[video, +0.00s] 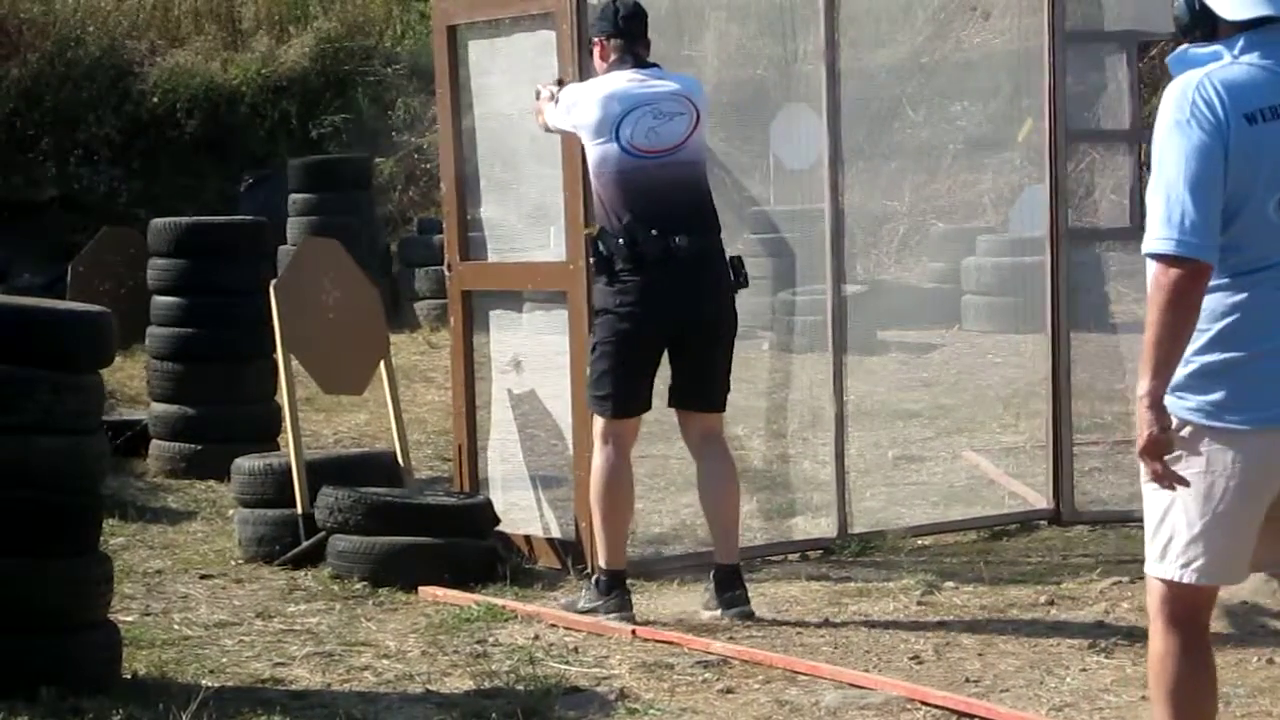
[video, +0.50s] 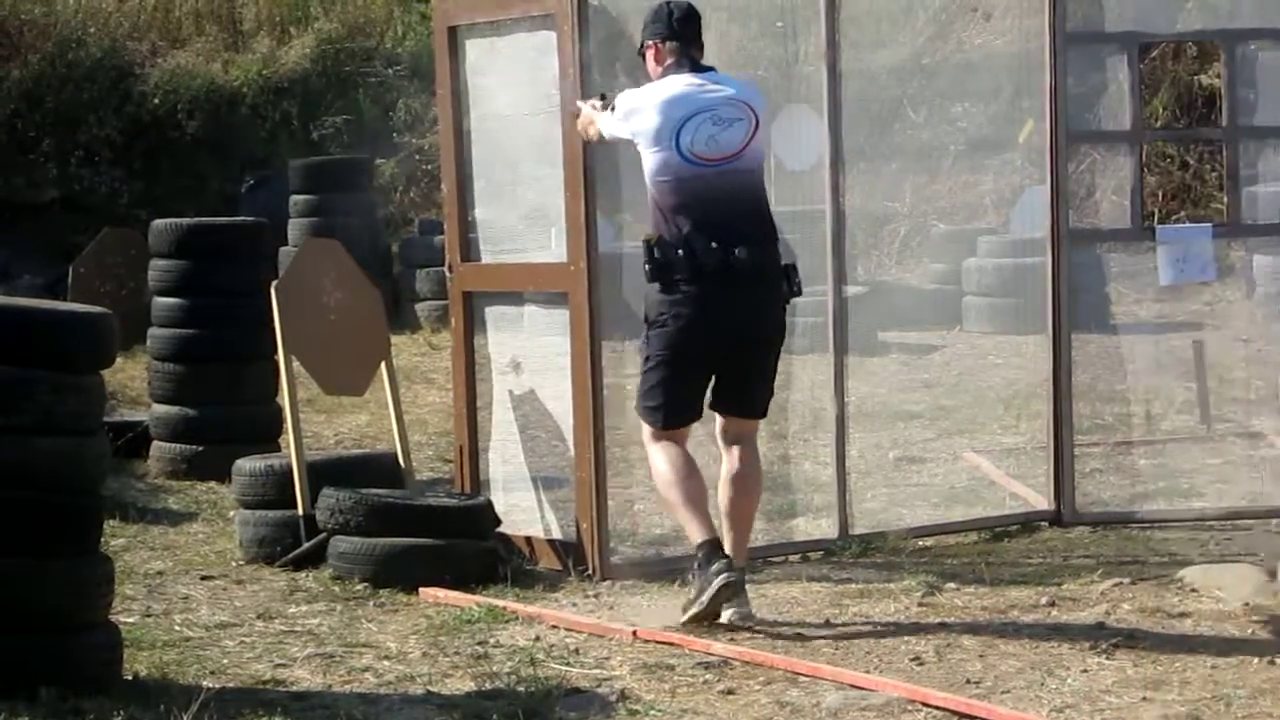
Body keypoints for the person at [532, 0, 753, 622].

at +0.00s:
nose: (590, 56)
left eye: (590, 48)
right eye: (593, 48)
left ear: (600, 49)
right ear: (647, 44)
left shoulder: (588, 98)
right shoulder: (690, 89)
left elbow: (551, 115)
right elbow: (641, 95)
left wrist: (553, 98)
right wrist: (576, 92)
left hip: (633, 286)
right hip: (707, 282)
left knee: (613, 437)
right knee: (707, 429)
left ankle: (609, 585)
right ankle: (730, 582)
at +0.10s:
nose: (599, 59)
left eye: (599, 50)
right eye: (600, 51)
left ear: (610, 49)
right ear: (656, 45)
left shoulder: (599, 98)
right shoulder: (698, 90)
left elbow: (561, 117)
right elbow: (649, 100)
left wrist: (559, 103)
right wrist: (582, 99)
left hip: (643, 286)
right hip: (718, 282)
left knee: (620, 439)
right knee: (714, 431)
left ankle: (609, 586)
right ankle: (732, 583)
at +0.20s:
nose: (612, 60)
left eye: (612, 52)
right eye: (614, 53)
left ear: (621, 52)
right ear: (669, 46)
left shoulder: (613, 100)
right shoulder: (711, 90)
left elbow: (573, 119)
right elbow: (666, 99)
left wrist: (567, 103)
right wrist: (609, 92)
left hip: (658, 291)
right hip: (733, 287)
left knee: (623, 439)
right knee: (724, 433)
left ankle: (611, 585)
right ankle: (732, 583)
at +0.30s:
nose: (625, 62)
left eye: (624, 54)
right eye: (627, 55)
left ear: (633, 53)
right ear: (682, 48)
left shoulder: (625, 101)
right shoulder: (725, 92)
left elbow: (582, 122)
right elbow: (680, 99)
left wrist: (578, 101)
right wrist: (628, 87)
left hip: (669, 291)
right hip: (746, 288)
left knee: (627, 431)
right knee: (731, 433)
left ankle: (636, 584)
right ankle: (732, 584)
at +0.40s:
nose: (635, 63)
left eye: (634, 56)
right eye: (636, 57)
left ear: (645, 54)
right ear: (692, 47)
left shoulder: (637, 102)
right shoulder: (739, 93)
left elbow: (595, 119)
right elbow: (692, 100)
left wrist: (586, 104)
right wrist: (656, 78)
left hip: (680, 292)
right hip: (754, 288)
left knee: (639, 427)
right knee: (737, 432)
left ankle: (681, 570)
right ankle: (733, 583)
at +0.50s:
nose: (645, 63)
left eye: (645, 55)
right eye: (646, 56)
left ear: (656, 53)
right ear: (701, 47)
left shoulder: (649, 104)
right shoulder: (752, 93)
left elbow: (592, 125)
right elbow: (708, 102)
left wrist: (590, 110)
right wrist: (675, 77)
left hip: (688, 296)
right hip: (761, 292)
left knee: (664, 435)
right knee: (740, 434)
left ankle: (710, 560)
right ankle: (733, 584)